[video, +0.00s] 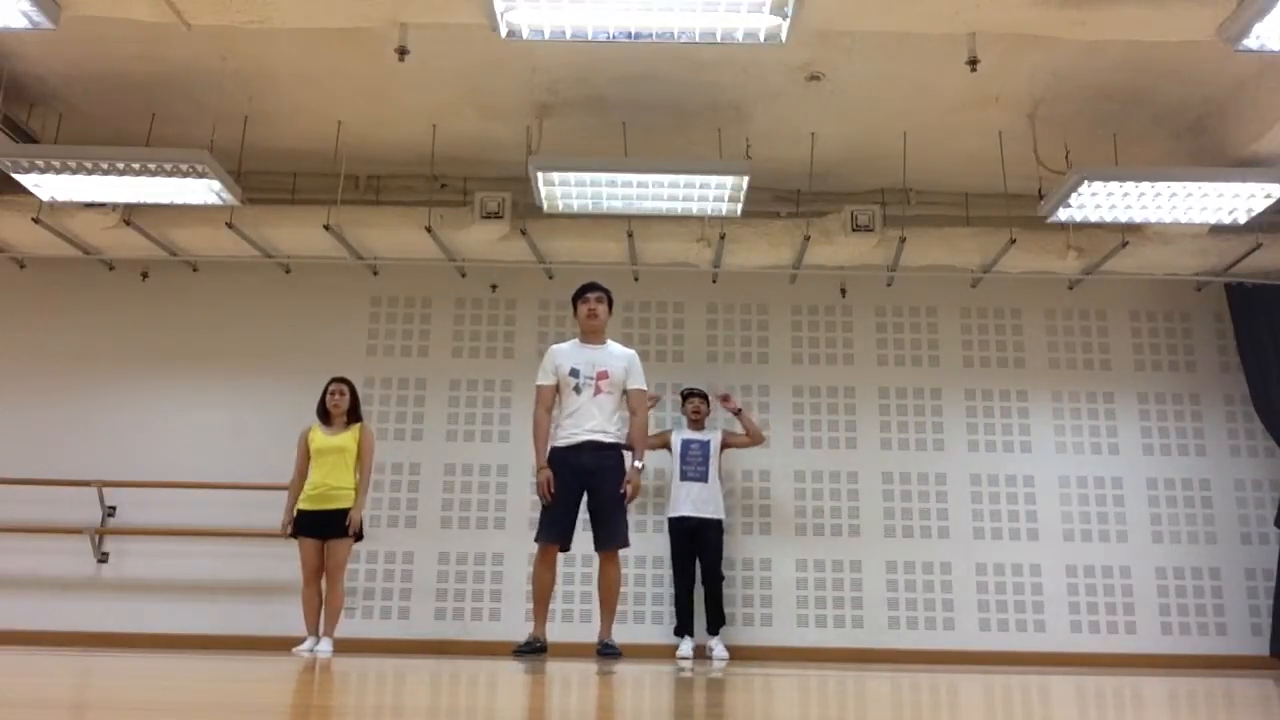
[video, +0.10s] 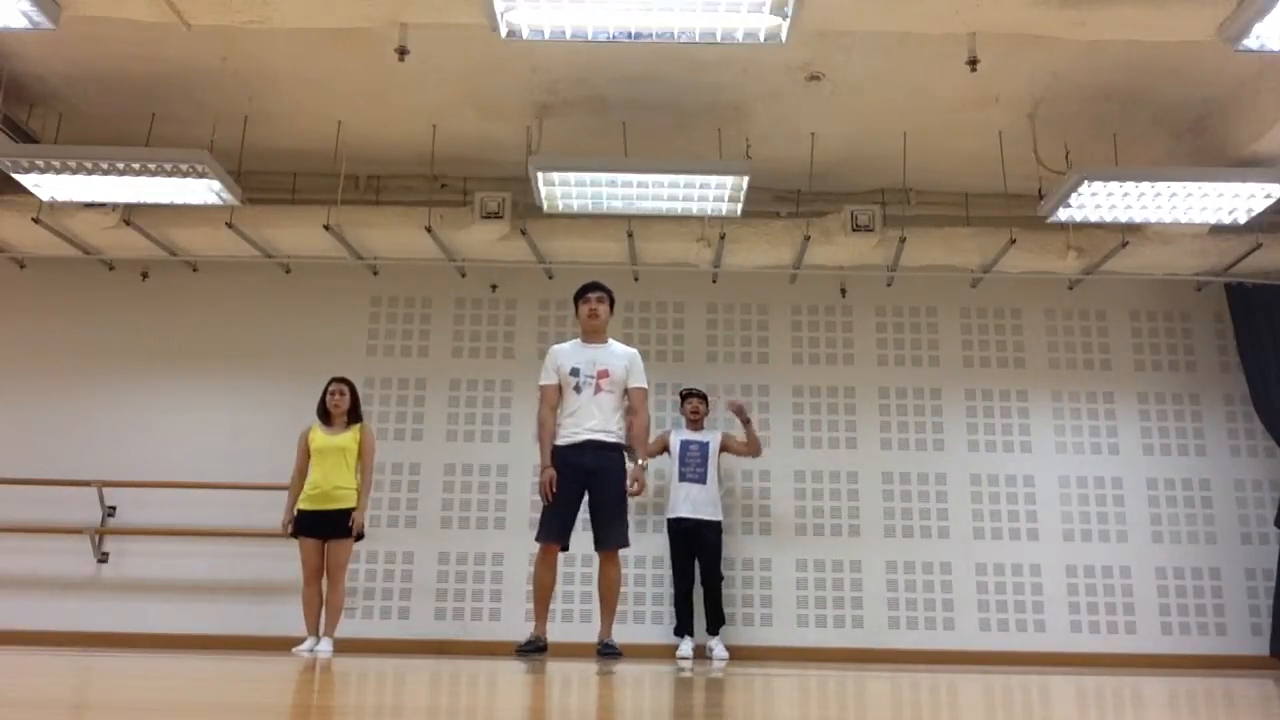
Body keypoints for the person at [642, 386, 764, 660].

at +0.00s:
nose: (695, 407)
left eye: (700, 404)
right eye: (691, 404)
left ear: (708, 409)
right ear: (683, 410)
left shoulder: (718, 437)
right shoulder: (672, 436)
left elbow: (756, 438)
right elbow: (636, 443)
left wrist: (736, 410)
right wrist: (643, 410)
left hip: (710, 516)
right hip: (680, 516)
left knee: (713, 578)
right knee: (683, 580)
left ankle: (714, 638)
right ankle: (685, 639)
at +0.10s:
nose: (694, 408)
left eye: (699, 404)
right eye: (689, 404)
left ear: (706, 409)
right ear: (682, 410)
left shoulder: (717, 438)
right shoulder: (671, 436)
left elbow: (754, 450)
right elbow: (642, 453)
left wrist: (745, 420)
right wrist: (631, 430)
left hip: (709, 518)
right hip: (679, 517)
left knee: (712, 579)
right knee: (683, 581)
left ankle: (714, 638)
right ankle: (685, 639)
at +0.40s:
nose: (692, 413)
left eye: (697, 408)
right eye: (687, 408)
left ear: (704, 412)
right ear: (680, 411)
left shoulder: (716, 443)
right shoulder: (667, 443)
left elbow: (722, 482)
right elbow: (662, 483)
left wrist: (728, 513)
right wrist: (659, 517)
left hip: (707, 519)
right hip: (677, 517)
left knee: (710, 578)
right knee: (681, 580)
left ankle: (711, 633)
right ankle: (685, 637)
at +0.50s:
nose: (692, 414)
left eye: (696, 409)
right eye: (687, 409)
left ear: (704, 411)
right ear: (680, 411)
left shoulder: (717, 442)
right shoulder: (667, 442)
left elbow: (718, 480)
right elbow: (669, 479)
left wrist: (712, 506)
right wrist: (674, 505)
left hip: (707, 516)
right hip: (678, 515)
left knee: (712, 576)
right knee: (681, 578)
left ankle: (715, 635)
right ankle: (685, 637)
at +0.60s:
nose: (694, 413)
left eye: (698, 408)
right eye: (688, 408)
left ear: (706, 411)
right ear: (681, 411)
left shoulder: (719, 441)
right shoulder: (669, 441)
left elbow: (717, 479)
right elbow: (669, 480)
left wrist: (711, 507)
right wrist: (672, 508)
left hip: (708, 517)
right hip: (679, 517)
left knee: (716, 577)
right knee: (682, 580)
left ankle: (724, 635)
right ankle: (685, 637)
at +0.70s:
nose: (697, 413)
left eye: (702, 408)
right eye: (691, 408)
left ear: (710, 410)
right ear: (684, 411)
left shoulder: (722, 442)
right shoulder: (672, 441)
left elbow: (725, 482)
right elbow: (665, 481)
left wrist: (727, 515)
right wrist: (658, 515)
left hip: (712, 519)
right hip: (680, 518)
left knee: (721, 575)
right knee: (683, 581)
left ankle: (736, 631)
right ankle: (685, 637)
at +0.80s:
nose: (701, 414)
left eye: (706, 409)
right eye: (696, 409)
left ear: (713, 411)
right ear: (687, 411)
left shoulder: (725, 442)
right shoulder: (676, 442)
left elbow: (739, 480)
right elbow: (659, 476)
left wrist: (754, 511)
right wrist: (643, 504)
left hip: (715, 520)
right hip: (683, 520)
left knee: (730, 573)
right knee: (684, 582)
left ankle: (753, 629)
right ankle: (685, 638)